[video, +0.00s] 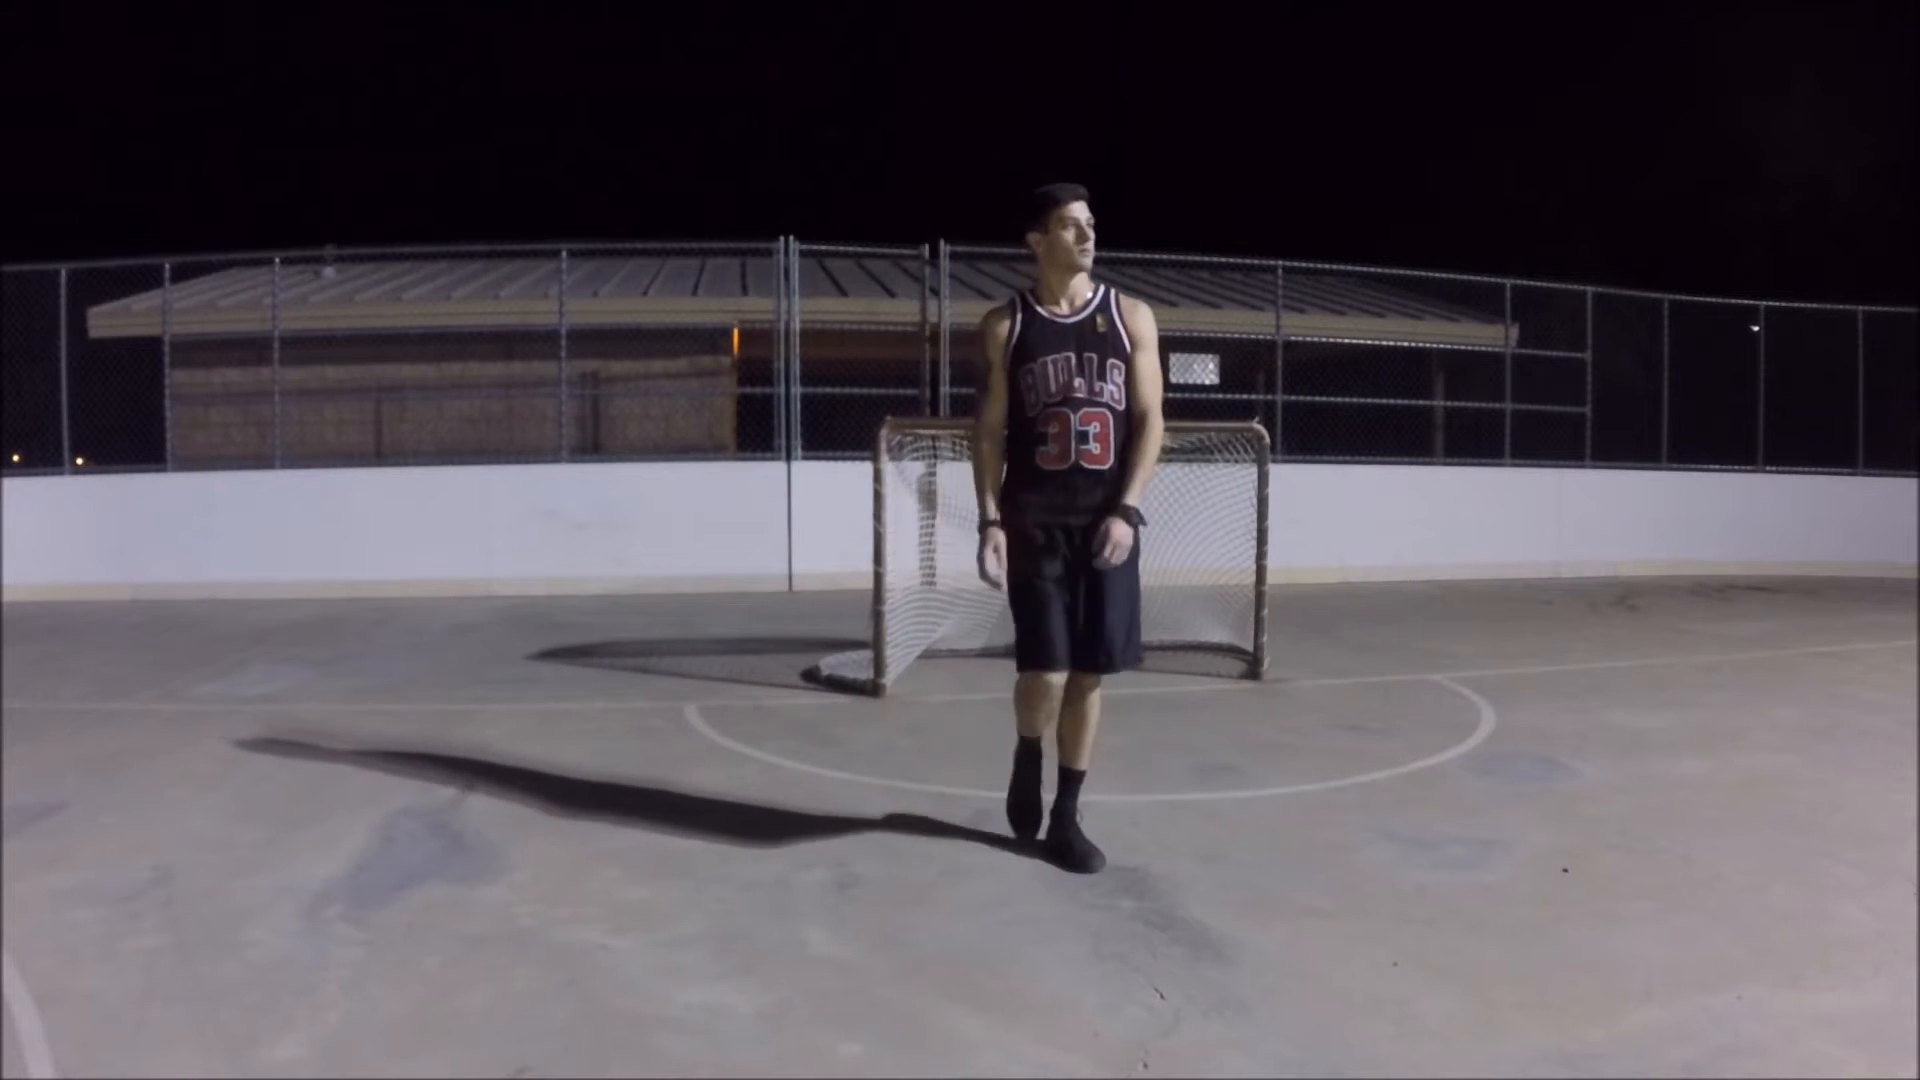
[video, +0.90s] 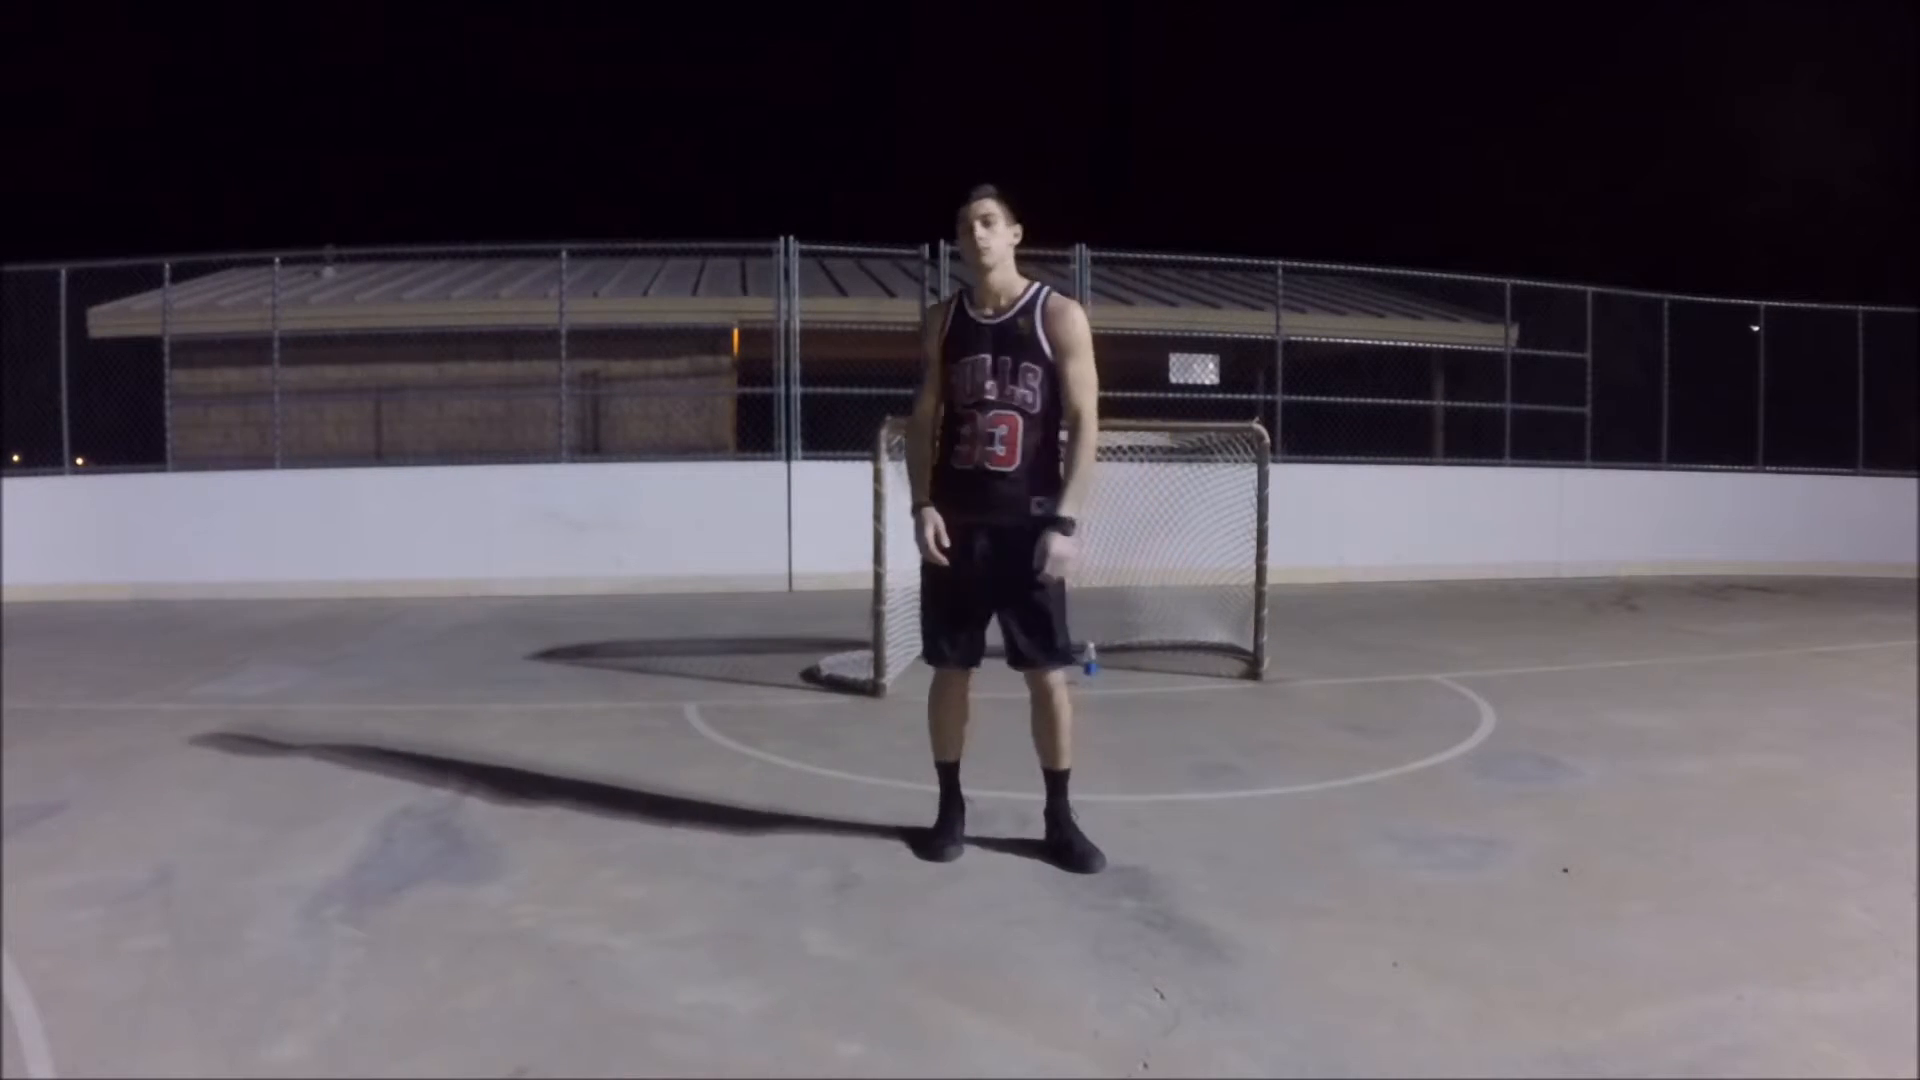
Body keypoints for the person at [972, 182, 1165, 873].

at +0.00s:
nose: (1085, 232)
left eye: (1088, 224)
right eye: (1070, 225)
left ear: (1096, 238)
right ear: (1036, 241)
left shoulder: (1132, 316)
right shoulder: (1006, 325)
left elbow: (1151, 422)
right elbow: (989, 430)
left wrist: (1127, 509)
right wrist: (991, 518)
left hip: (1107, 519)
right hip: (1034, 518)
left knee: (1088, 672)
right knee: (1044, 667)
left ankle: (1066, 817)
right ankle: (1028, 766)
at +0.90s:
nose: (977, 235)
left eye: (989, 222)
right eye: (968, 226)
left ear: (1016, 233)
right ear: (958, 241)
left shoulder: (1060, 315)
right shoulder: (945, 317)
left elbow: (1085, 423)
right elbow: (923, 416)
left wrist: (1067, 519)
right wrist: (923, 502)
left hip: (1032, 525)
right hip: (956, 523)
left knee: (1047, 672)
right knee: (950, 667)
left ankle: (1060, 818)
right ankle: (949, 809)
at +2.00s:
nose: (986, 239)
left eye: (997, 226)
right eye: (975, 230)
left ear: (1023, 235)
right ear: (960, 244)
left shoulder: (1064, 318)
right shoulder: (942, 316)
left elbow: (1094, 421)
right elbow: (908, 406)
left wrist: (1095, 520)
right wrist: (888, 490)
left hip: (1026, 523)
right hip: (947, 516)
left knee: (1032, 664)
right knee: (913, 658)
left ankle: (1038, 803)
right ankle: (867, 786)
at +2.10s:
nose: (980, 251)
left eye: (992, 239)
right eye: (970, 242)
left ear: (1018, 246)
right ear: (958, 252)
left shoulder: (1058, 325)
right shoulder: (936, 322)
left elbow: (1097, 419)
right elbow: (872, 397)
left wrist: (1127, 505)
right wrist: (845, 478)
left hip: (1024, 531)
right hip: (943, 527)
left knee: (1035, 674)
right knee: (891, 664)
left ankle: (1040, 803)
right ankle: (828, 789)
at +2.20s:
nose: (973, 268)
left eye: (985, 257)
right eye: (963, 257)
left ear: (1007, 261)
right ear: (949, 262)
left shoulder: (1045, 332)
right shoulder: (920, 329)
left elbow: (1122, 395)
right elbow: (838, 372)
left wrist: (1187, 442)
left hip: (1017, 540)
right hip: (932, 538)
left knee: (1039, 682)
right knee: (869, 674)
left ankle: (1040, 805)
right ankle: (804, 788)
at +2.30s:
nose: (964, 260)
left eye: (973, 246)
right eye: (952, 248)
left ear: (995, 237)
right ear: (933, 244)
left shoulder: (1032, 299)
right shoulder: (904, 301)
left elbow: (1128, 325)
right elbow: (802, 328)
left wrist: (1223, 326)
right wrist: (720, 307)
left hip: (997, 513)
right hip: (915, 510)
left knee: (1015, 656)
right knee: (874, 655)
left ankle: (1032, 799)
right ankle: (808, 777)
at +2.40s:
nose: (950, 256)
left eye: (961, 242)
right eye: (939, 244)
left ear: (978, 226)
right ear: (918, 232)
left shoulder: (1011, 271)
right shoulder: (883, 277)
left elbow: (1108, 258)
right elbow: (774, 282)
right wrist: (730, 224)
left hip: (976, 486)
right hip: (901, 487)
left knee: (971, 641)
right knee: (892, 641)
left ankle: (954, 775)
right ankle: (858, 785)